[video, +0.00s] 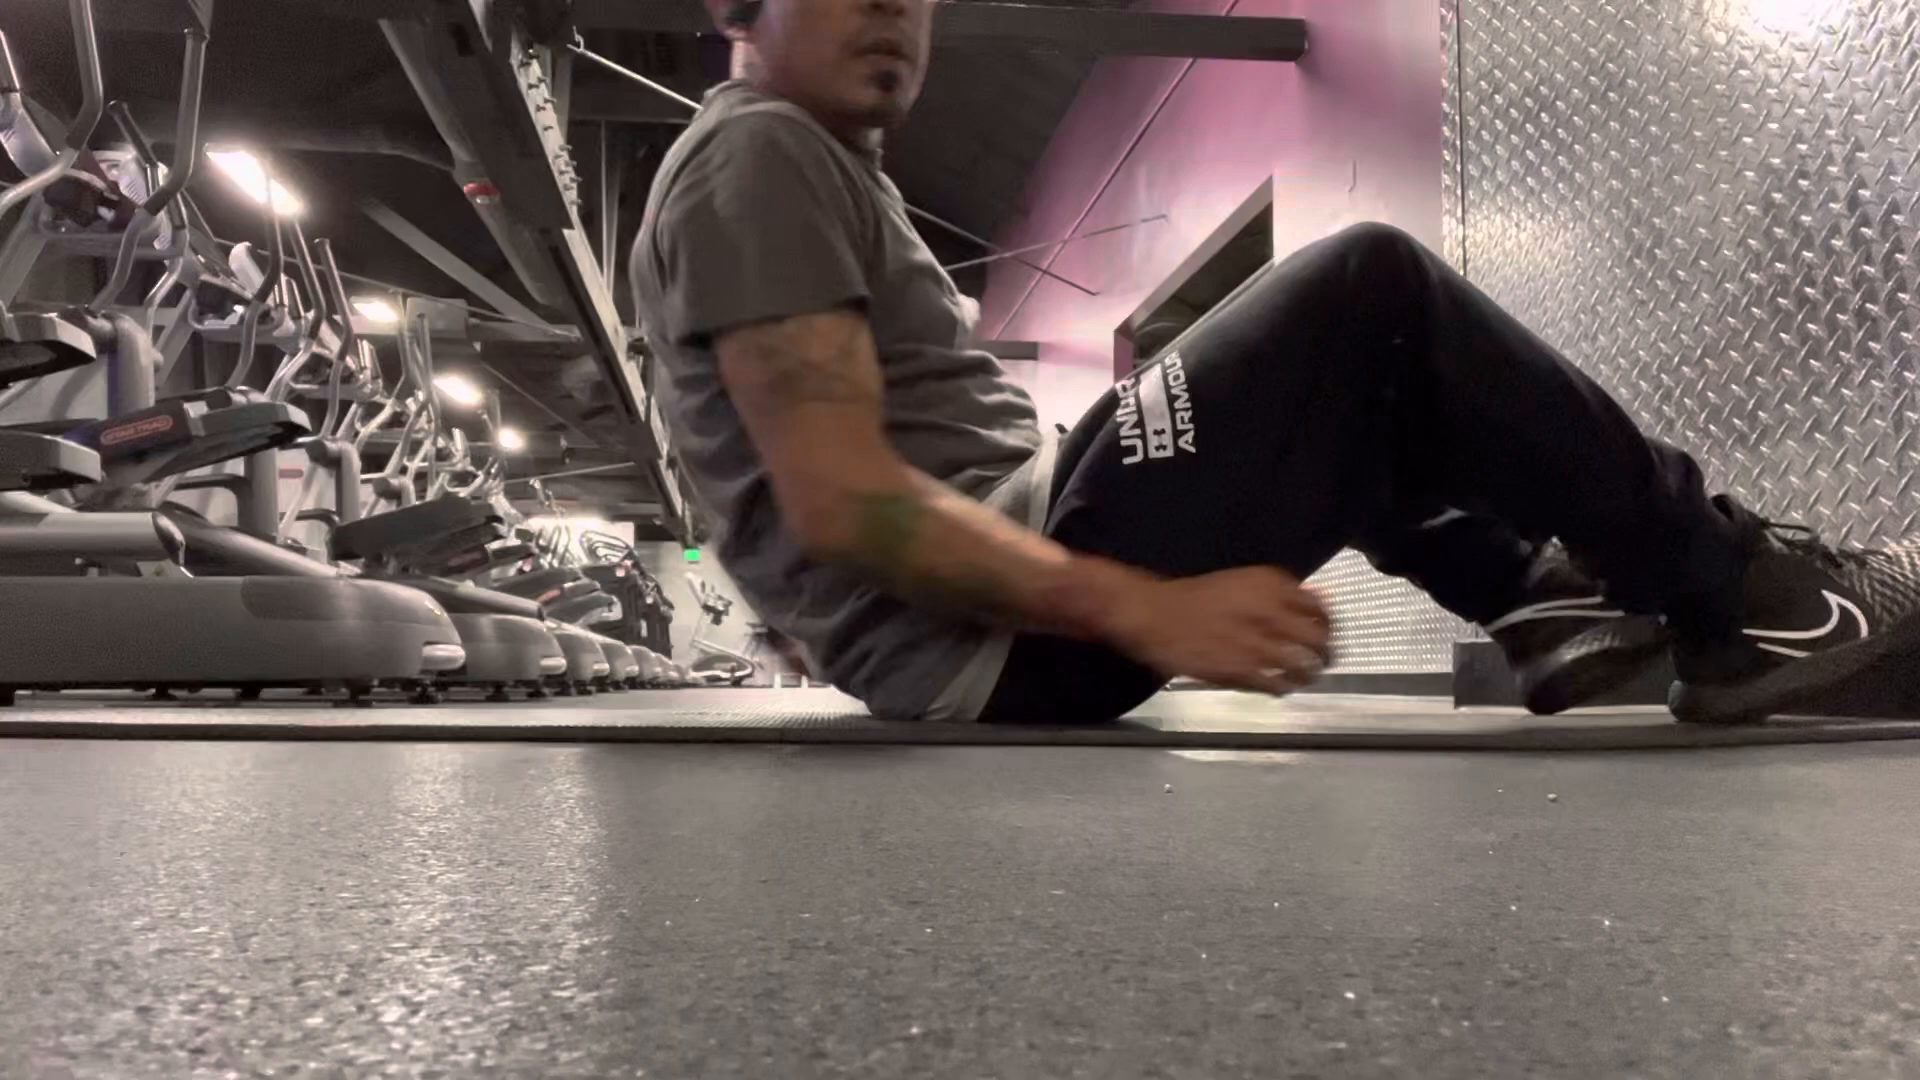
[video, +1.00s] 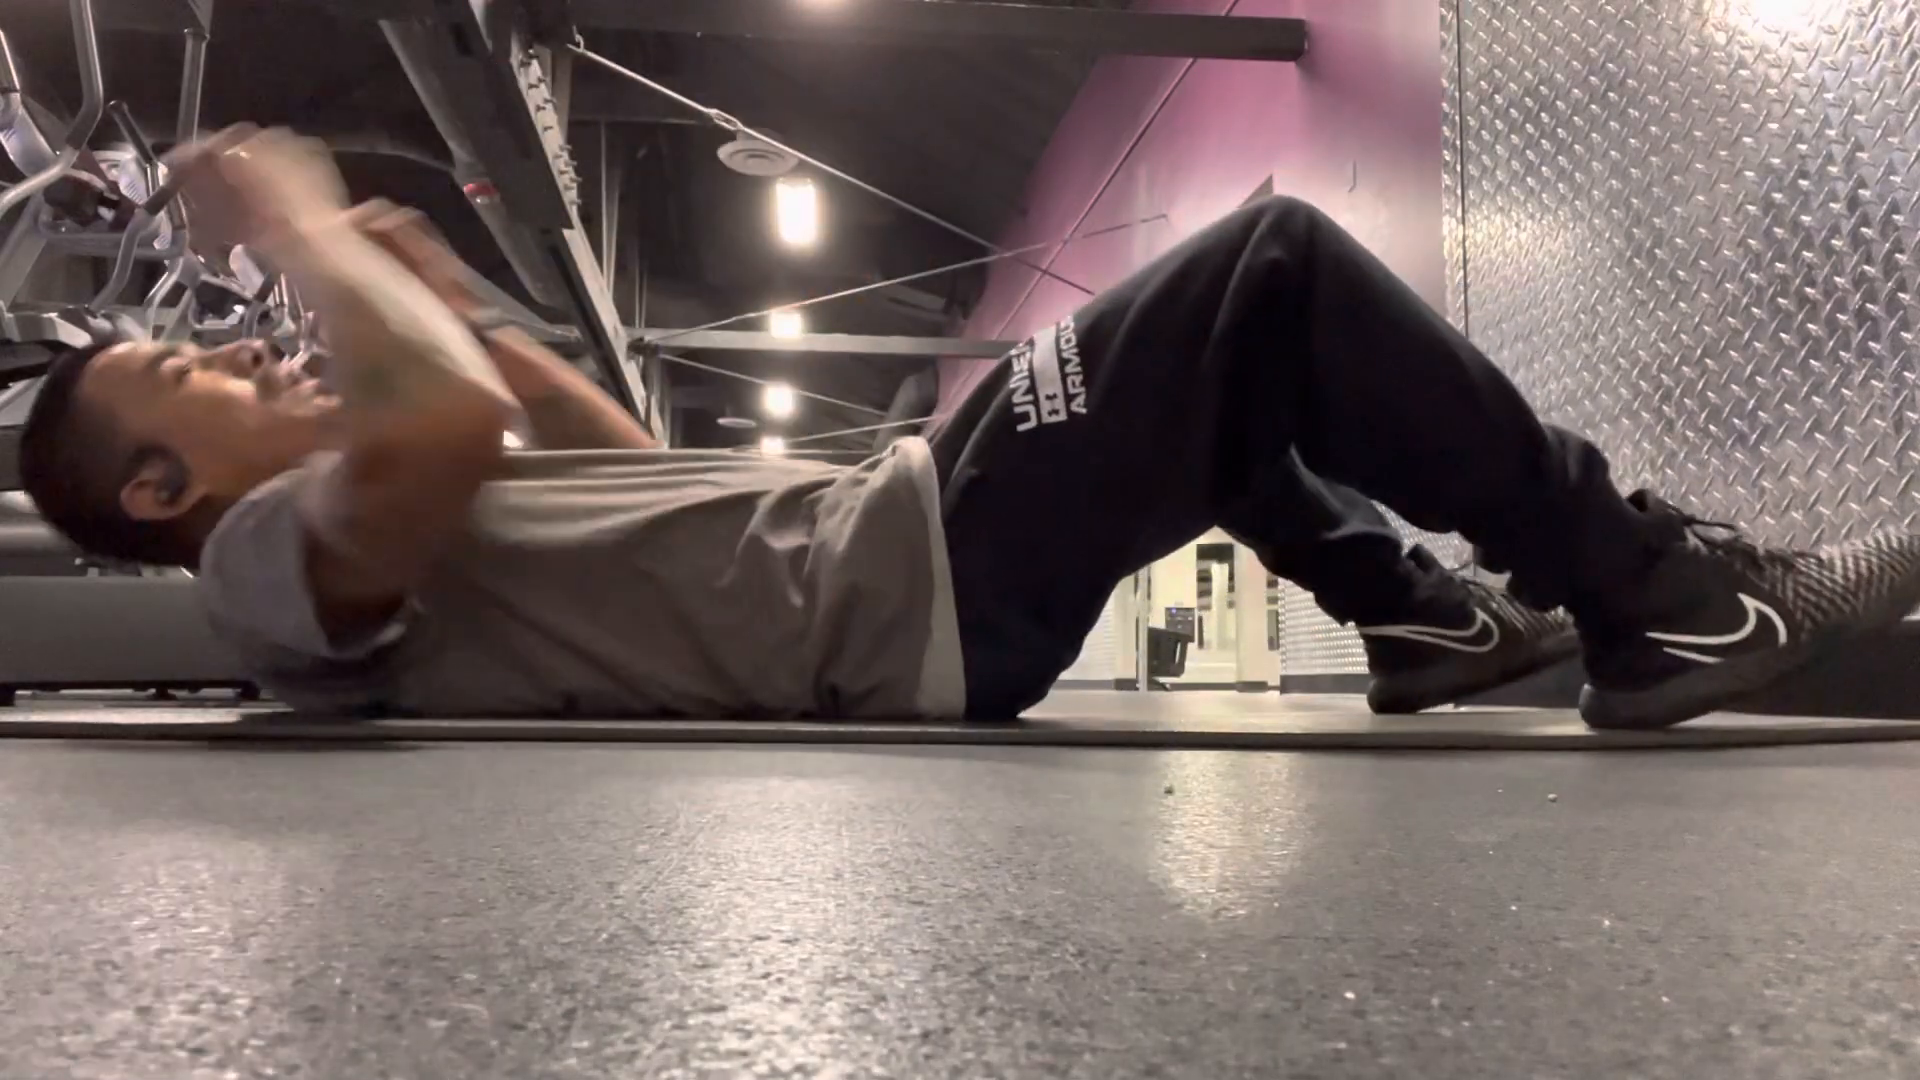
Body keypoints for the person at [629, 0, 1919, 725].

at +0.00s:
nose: (897, 27)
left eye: (909, 2)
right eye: (855, 0)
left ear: (925, 13)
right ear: (750, 18)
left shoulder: (816, 167)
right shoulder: (754, 160)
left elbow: (897, 482)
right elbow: (842, 505)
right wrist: (1149, 613)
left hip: (1009, 610)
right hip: (1001, 643)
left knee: (1304, 339)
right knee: (1364, 286)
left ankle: (1530, 611)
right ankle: (1731, 596)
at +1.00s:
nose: (225, 352)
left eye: (205, 342)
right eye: (177, 369)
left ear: (234, 407)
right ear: (165, 487)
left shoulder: (366, 496)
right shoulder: (268, 566)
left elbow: (607, 436)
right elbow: (464, 414)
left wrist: (404, 288)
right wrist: (283, 203)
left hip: (900, 532)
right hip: (900, 589)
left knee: (1184, 326)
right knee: (1265, 268)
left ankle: (1423, 612)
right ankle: (1654, 583)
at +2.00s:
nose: (189, 394)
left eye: (154, 399)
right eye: (141, 441)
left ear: (211, 412)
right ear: (149, 537)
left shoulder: (347, 486)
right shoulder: (264, 574)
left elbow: (549, 456)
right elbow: (479, 555)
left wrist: (362, 392)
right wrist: (567, 198)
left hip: (905, 531)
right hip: (909, 593)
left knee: (1222, 358)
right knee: (1275, 271)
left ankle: (1444, 614)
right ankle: (1687, 598)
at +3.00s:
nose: (194, 365)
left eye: (166, 362)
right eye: (152, 389)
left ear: (202, 408)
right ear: (149, 478)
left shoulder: (345, 516)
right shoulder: (301, 492)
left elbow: (629, 413)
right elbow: (558, 306)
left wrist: (782, 237)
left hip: (853, 536)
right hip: (893, 567)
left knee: (1196, 346)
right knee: (1264, 274)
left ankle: (1442, 617)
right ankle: (1657, 591)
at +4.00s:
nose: (972, 24)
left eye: (960, 9)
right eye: (941, 3)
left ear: (833, 23)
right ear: (851, 12)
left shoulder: (822, 145)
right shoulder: (827, 136)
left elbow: (1094, 273)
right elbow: (1117, 254)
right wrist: (1402, 110)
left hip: (1043, 591)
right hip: (1062, 619)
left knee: (1302, 307)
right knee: (1371, 270)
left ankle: (1458, 624)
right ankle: (1682, 613)